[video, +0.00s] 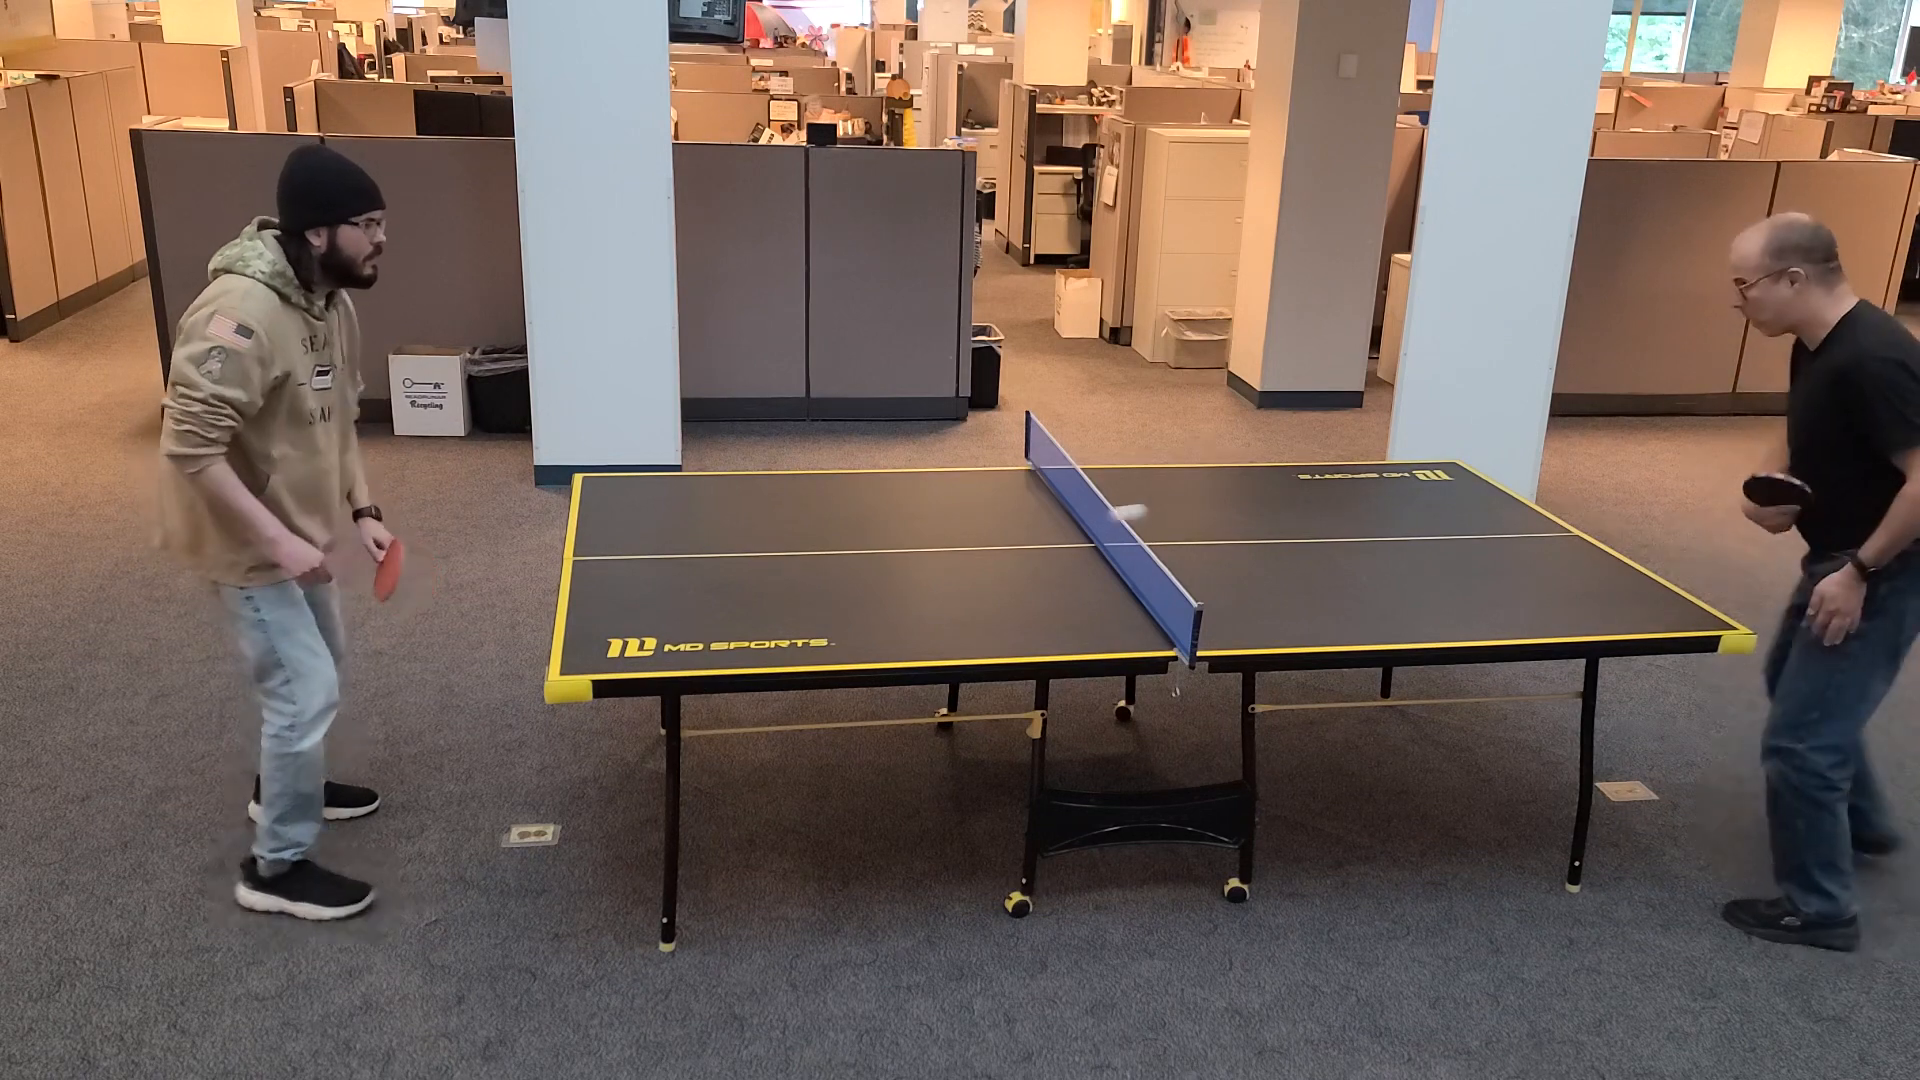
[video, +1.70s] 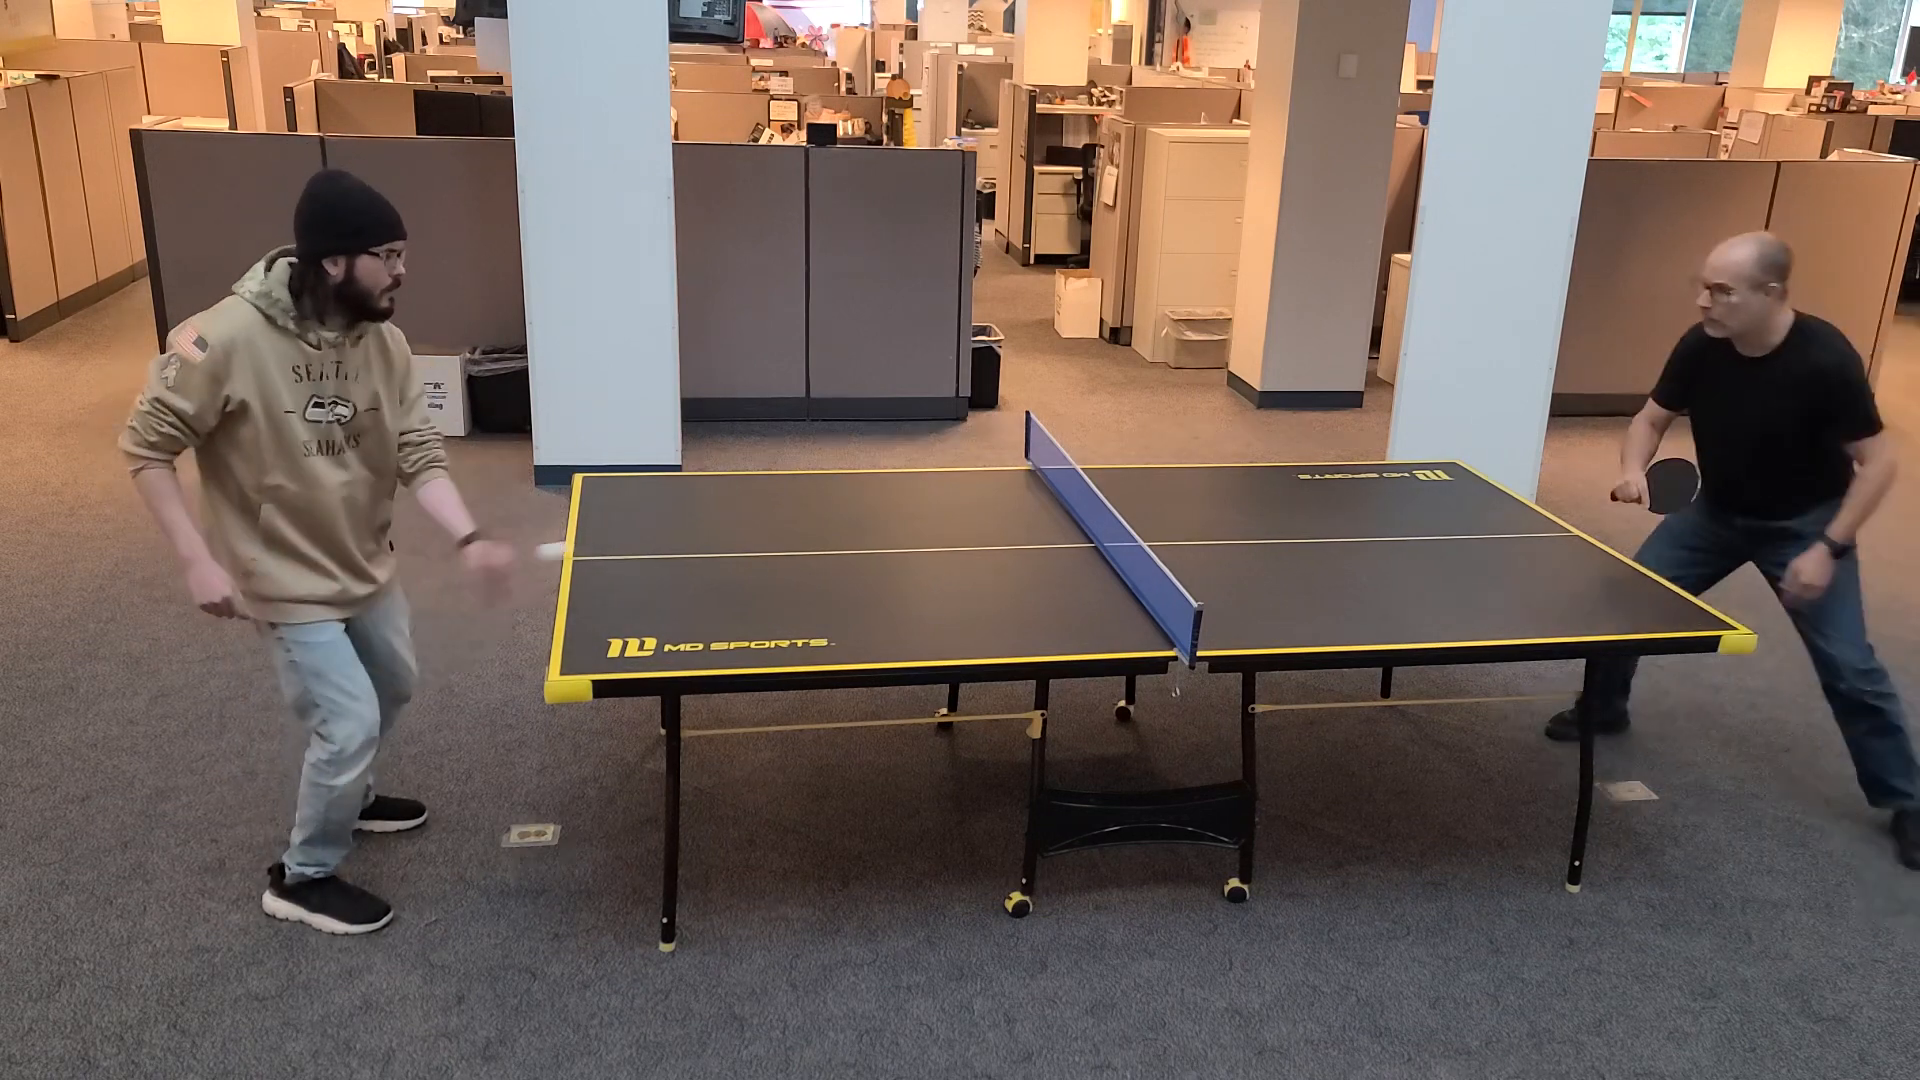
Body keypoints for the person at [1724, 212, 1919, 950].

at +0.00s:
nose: (1738, 297)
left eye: (1746, 283)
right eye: (1736, 284)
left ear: (1796, 279)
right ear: (1797, 279)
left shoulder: (1877, 358)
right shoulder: (1815, 345)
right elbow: (1815, 442)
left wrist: (1859, 572)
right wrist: (1780, 494)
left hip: (1884, 577)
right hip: (1834, 561)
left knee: (1799, 741)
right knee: (1789, 680)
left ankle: (1821, 907)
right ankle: (1865, 823)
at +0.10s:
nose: (1731, 300)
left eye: (1740, 286)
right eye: (1731, 285)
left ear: (1793, 282)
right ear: (1789, 282)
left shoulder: (1868, 364)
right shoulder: (1799, 344)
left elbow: (1912, 487)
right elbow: (1776, 432)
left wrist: (1843, 578)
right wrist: (1748, 479)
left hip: (1874, 564)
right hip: (1810, 547)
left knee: (1785, 732)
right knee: (1745, 650)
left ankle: (1819, 905)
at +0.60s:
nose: (1728, 298)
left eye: (1744, 287)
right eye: (1727, 284)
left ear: (1799, 287)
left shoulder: (1869, 354)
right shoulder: (1747, 348)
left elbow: (1914, 466)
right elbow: (1710, 423)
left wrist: (1847, 548)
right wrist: (1696, 492)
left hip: (1868, 542)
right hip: (1778, 530)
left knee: (1884, 696)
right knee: (1697, 626)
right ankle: (1699, 738)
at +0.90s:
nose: (1812, 325)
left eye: (1829, 313)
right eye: (1810, 308)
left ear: (1885, 312)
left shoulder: (1919, 374)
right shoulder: (1812, 365)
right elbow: (1775, 447)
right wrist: (1764, 528)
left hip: (1907, 567)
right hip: (1826, 546)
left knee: (1910, 713)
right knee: (1736, 633)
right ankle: (1704, 739)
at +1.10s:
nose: (1859, 326)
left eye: (1878, 315)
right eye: (1857, 309)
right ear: (1855, 301)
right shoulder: (1841, 367)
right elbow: (1763, 435)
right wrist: (1704, 485)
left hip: (1917, 567)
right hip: (1846, 541)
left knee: (1919, 716)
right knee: (1757, 645)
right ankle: (1706, 742)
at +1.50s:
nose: (1787, 310)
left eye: (1805, 301)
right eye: (1789, 296)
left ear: (1866, 305)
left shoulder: (1910, 375)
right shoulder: (1781, 356)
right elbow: (1698, 404)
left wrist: (1918, 581)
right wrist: (1653, 431)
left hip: (1876, 552)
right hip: (1779, 527)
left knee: (1899, 705)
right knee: (1680, 615)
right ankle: (1611, 709)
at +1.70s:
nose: (1704, 301)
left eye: (1721, 291)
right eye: (1703, 288)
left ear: (1772, 294)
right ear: (1705, 284)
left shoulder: (1827, 357)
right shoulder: (1700, 347)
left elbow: (1879, 462)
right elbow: (1648, 421)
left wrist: (1828, 549)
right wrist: (1634, 469)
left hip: (1804, 527)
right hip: (1715, 514)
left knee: (1849, 670)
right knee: (1622, 597)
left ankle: (1905, 805)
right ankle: (1603, 706)